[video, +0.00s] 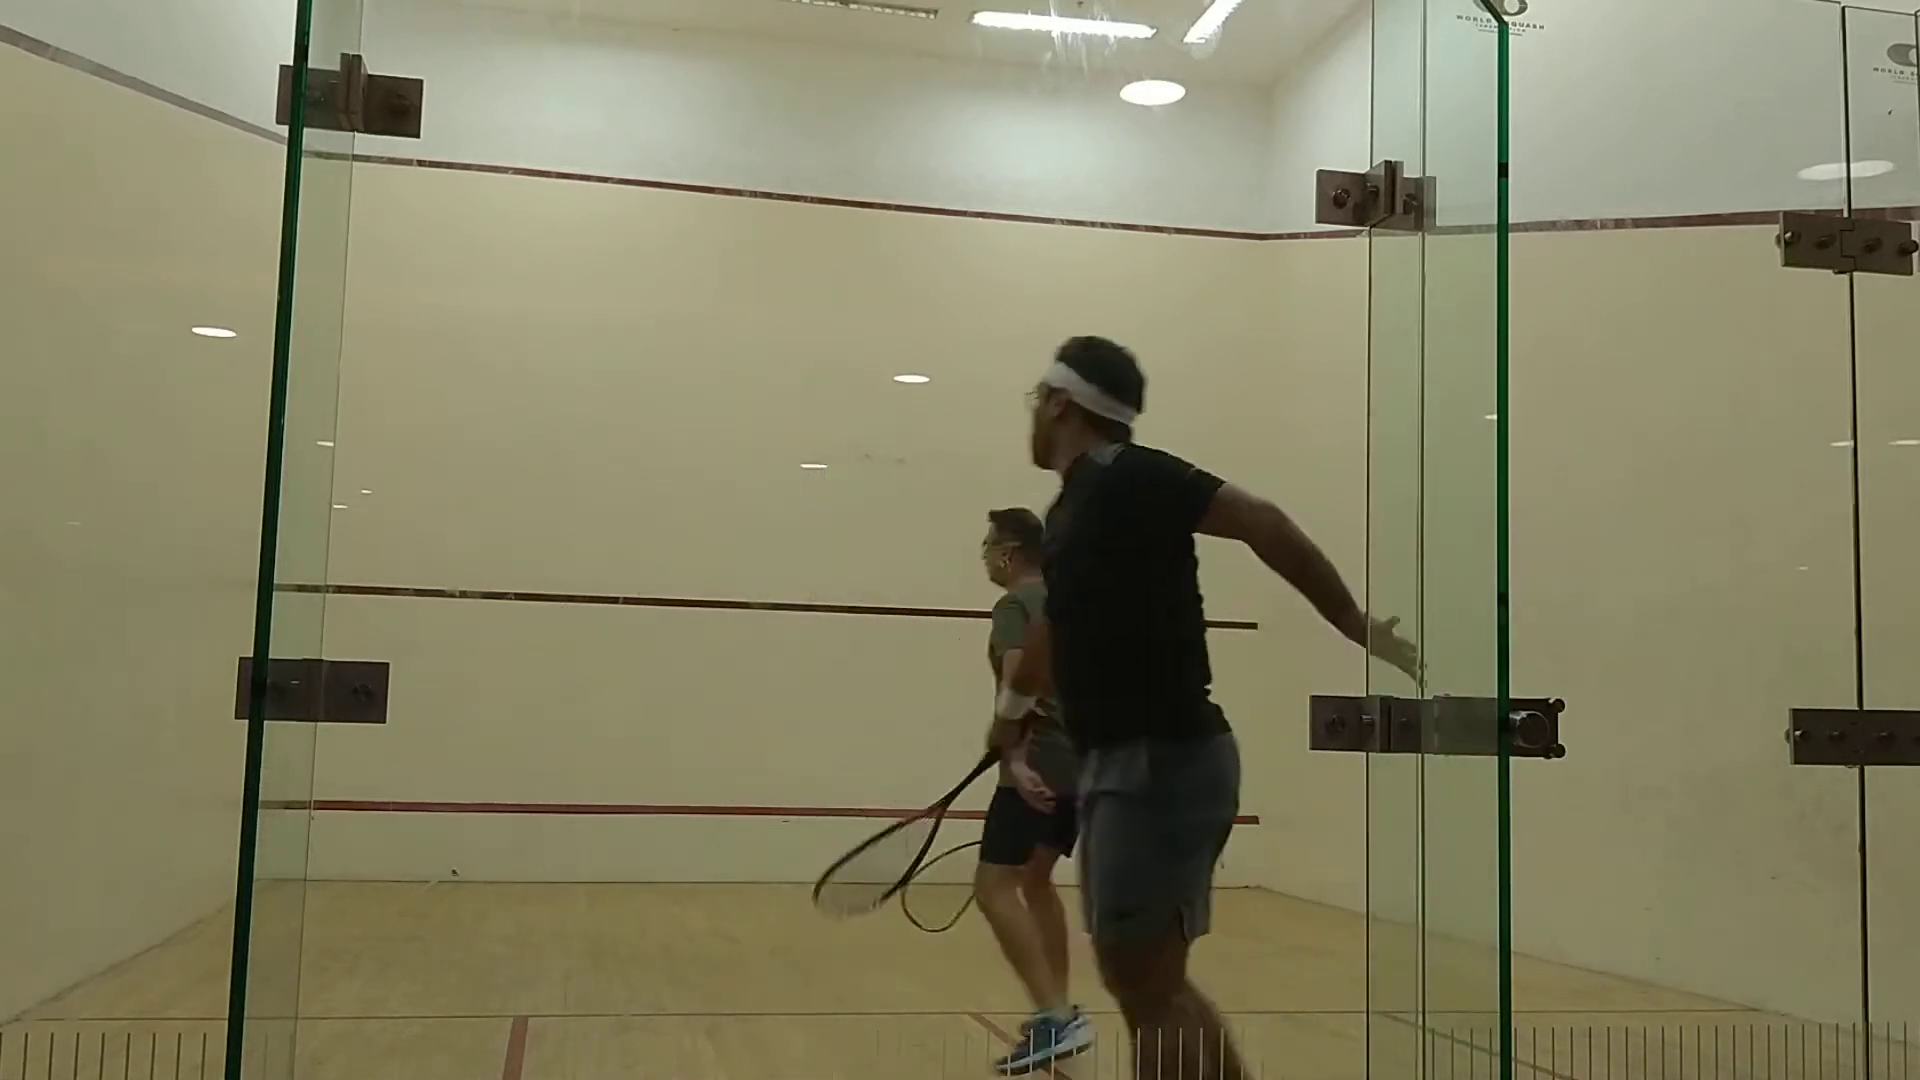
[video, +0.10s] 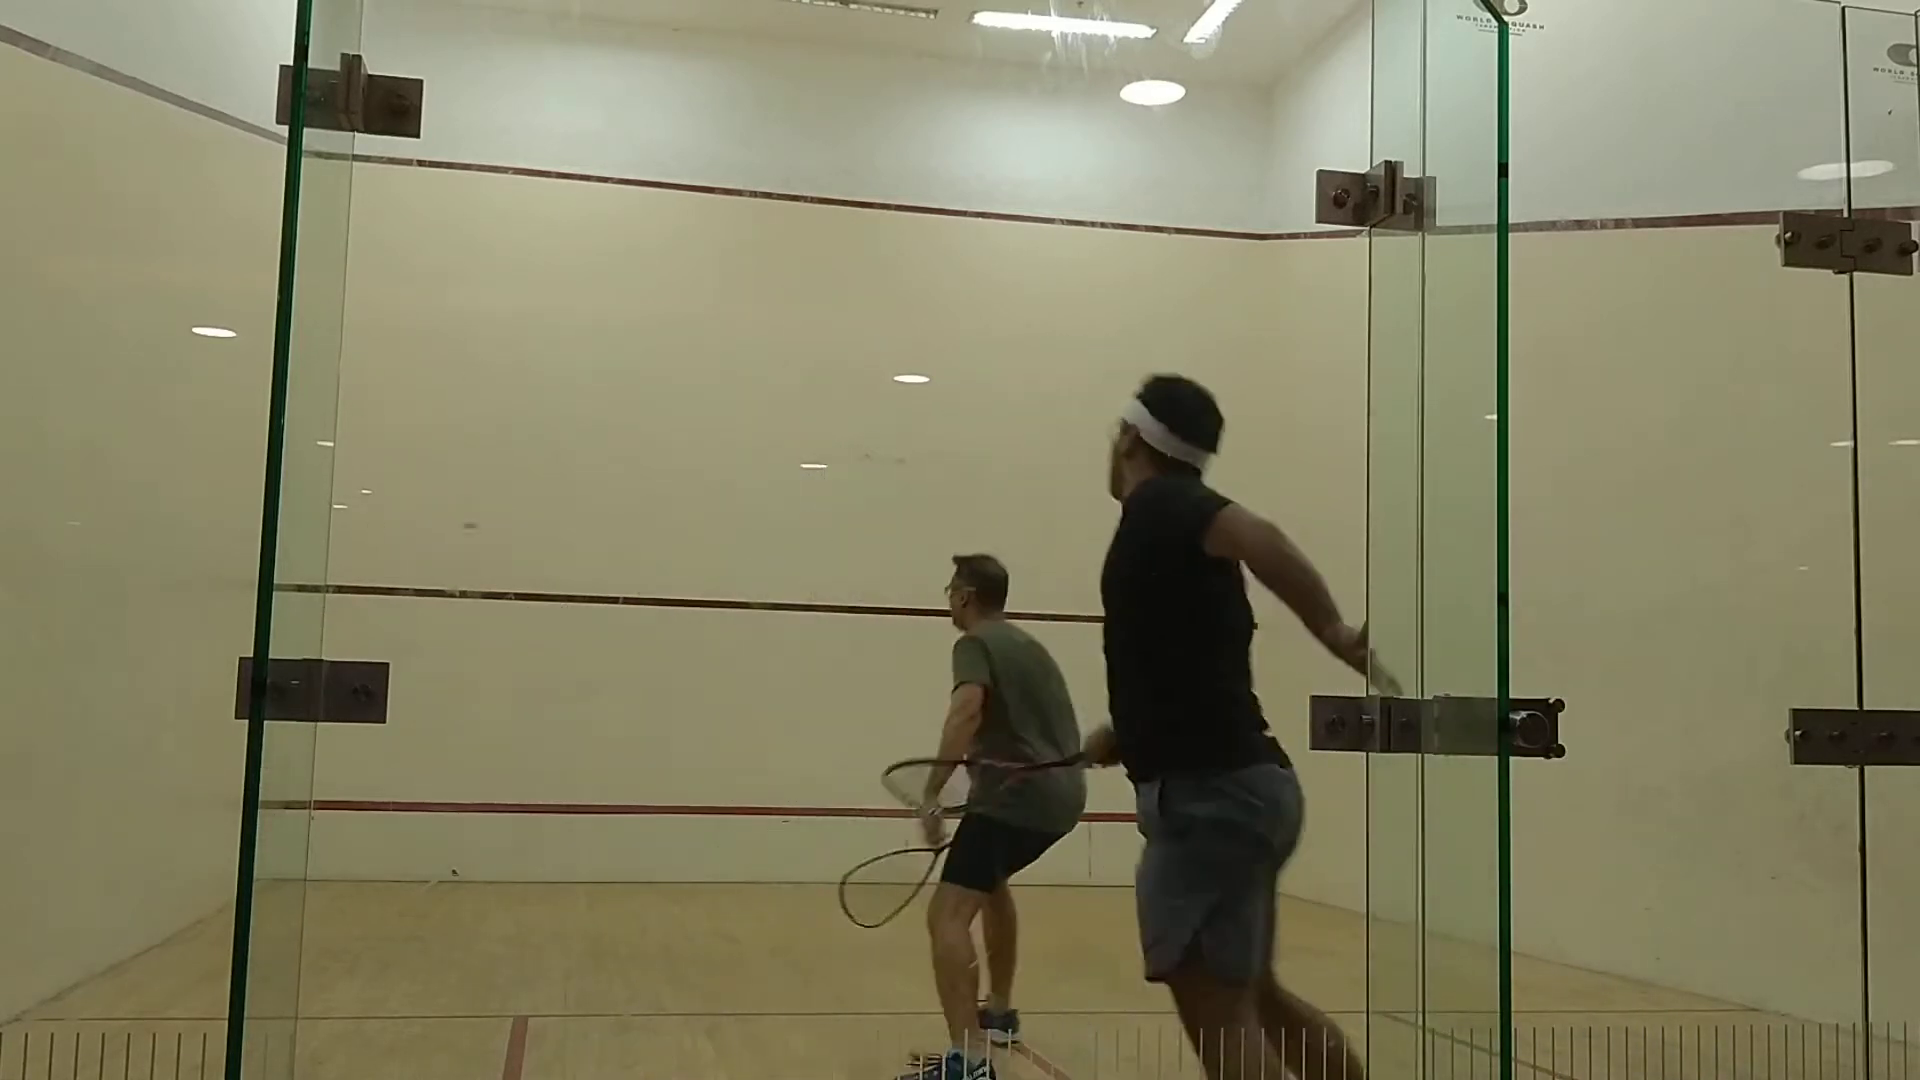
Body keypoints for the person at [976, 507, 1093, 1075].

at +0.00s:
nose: (983, 558)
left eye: (988, 549)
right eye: (985, 548)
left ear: (1010, 553)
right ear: (1032, 552)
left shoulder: (1015, 606)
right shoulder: (1067, 596)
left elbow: (1019, 682)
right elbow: (1068, 678)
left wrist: (1009, 749)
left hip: (1040, 756)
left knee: (993, 887)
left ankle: (1053, 1015)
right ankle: (1058, 1013)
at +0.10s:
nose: (947, 598)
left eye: (950, 589)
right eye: (949, 589)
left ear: (965, 595)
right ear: (998, 598)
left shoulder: (973, 644)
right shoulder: (1024, 642)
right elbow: (1042, 726)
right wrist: (992, 779)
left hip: (1012, 802)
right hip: (1060, 800)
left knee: (948, 916)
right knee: (993, 880)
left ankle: (967, 1057)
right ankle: (999, 1011)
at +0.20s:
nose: (938, 625)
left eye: (940, 618)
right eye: (941, 617)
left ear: (949, 623)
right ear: (988, 627)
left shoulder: (949, 673)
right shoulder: (1022, 680)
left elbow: (929, 751)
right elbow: (1053, 766)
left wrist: (886, 820)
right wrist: (991, 777)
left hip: (980, 814)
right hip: (1035, 822)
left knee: (908, 926)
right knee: (960, 884)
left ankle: (961, 1052)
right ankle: (941, 1008)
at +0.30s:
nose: (952, 626)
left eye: (953, 618)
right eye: (957, 618)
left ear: (959, 621)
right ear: (1002, 626)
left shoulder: (947, 664)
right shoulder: (1031, 685)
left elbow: (920, 737)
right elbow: (1044, 772)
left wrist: (894, 800)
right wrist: (996, 790)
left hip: (942, 811)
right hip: (1001, 828)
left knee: (910, 916)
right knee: (945, 917)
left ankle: (928, 1008)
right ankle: (888, 1010)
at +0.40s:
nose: (960, 623)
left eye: (961, 616)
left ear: (967, 619)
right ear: (1008, 625)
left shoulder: (942, 660)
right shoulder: (1031, 683)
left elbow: (904, 720)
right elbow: (1038, 768)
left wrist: (876, 786)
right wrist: (994, 785)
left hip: (930, 804)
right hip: (996, 818)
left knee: (888, 906)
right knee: (953, 918)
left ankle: (888, 963)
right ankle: (893, 1003)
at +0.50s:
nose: (964, 612)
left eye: (964, 606)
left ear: (966, 608)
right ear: (1008, 611)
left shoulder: (943, 652)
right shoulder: (1034, 666)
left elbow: (898, 699)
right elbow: (1043, 747)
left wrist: (861, 762)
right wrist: (1008, 772)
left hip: (936, 793)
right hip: (999, 804)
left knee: (915, 872)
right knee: (957, 905)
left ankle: (876, 966)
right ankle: (895, 993)